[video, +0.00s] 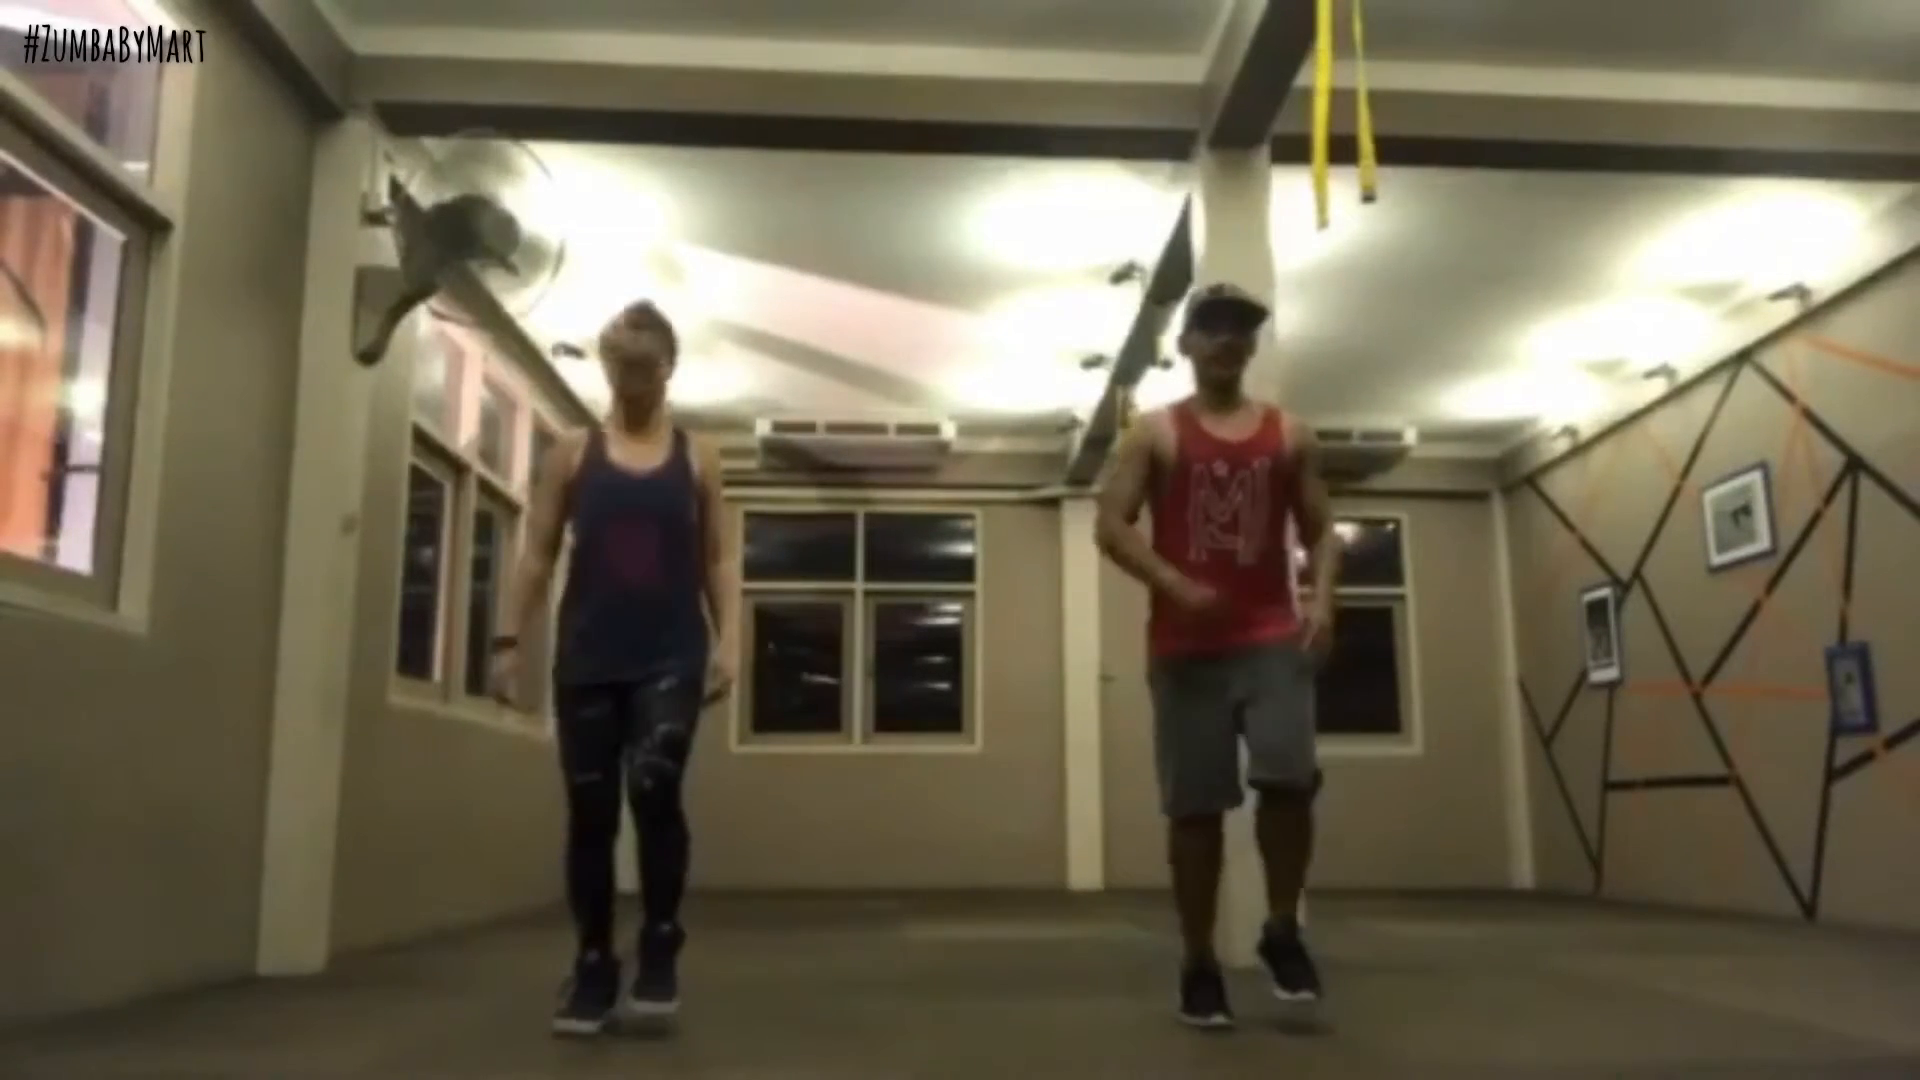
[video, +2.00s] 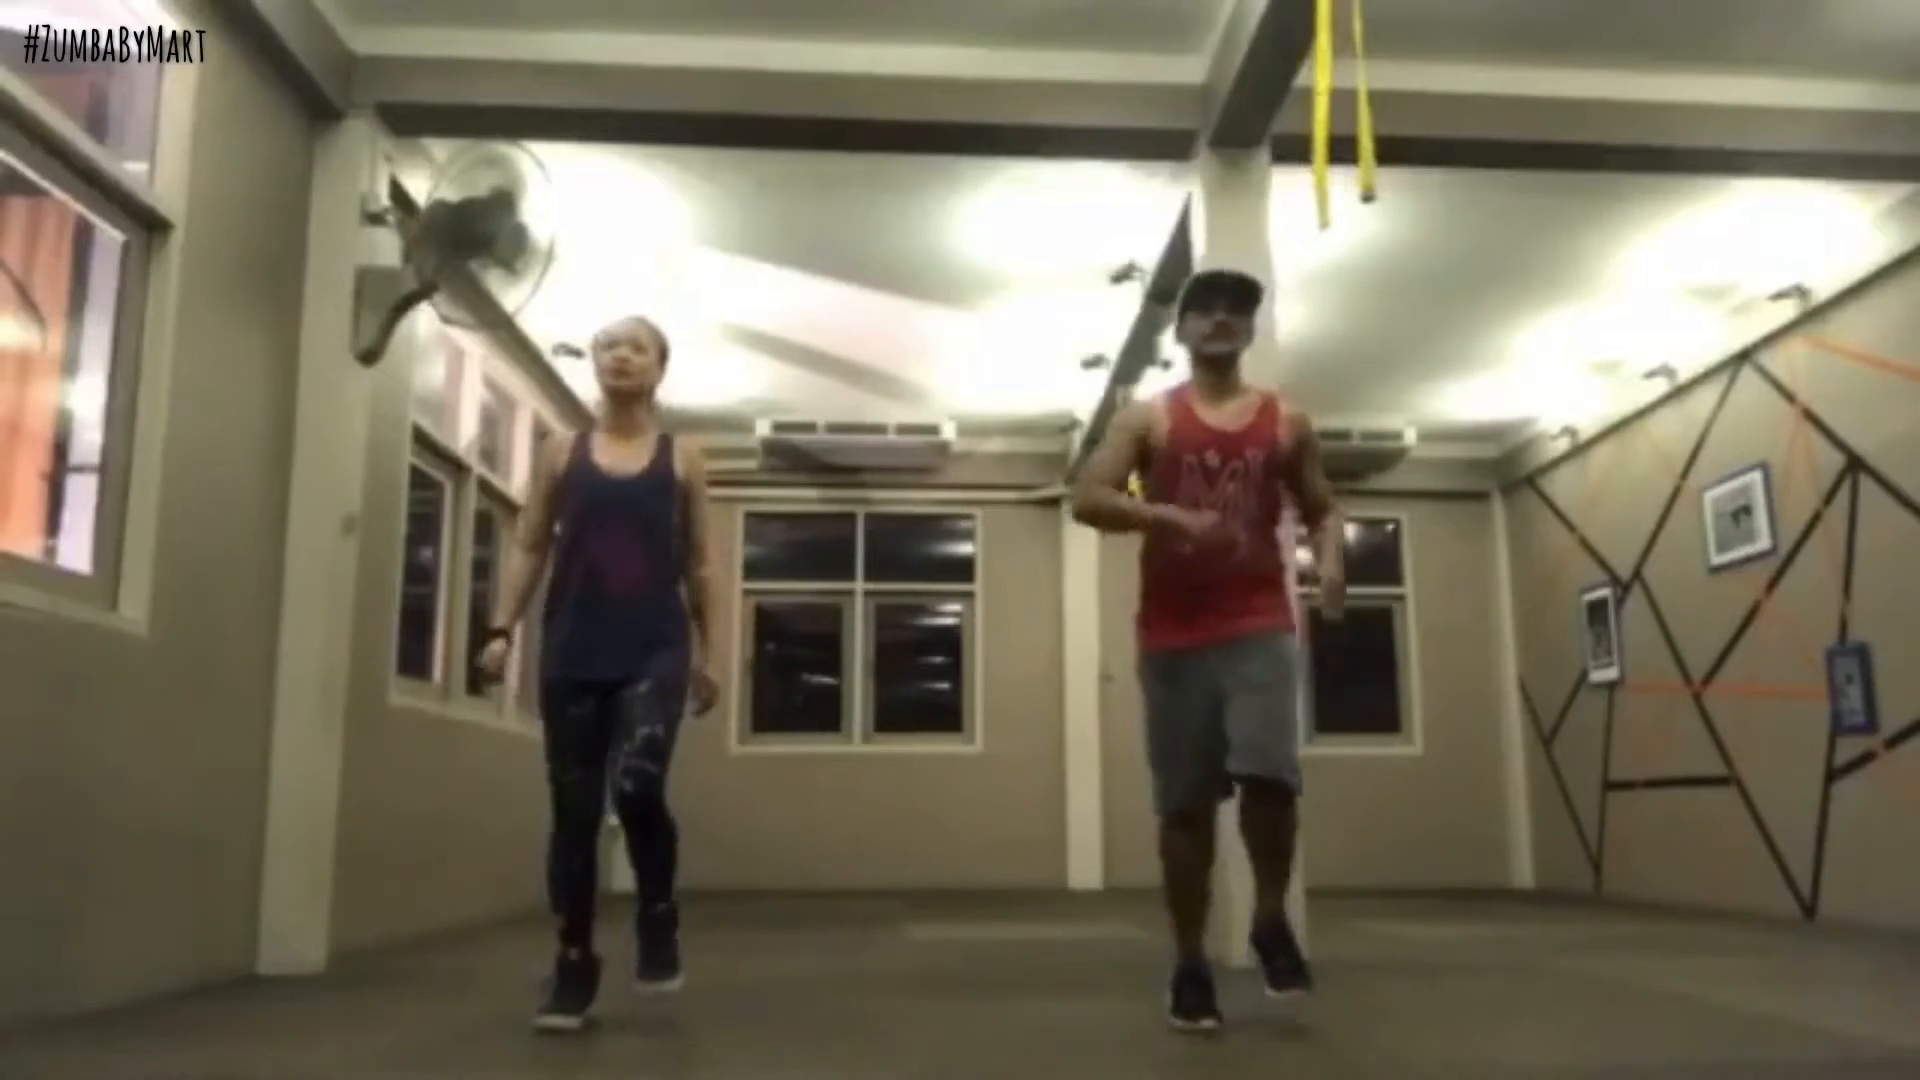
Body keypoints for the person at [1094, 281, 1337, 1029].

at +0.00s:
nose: (1223, 344)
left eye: (1237, 332)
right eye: (1209, 332)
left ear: (1254, 343)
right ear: (1186, 342)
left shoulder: (1287, 434)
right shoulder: (1154, 433)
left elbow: (1321, 530)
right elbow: (1110, 527)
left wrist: (1320, 602)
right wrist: (1172, 582)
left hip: (1271, 639)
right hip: (1187, 647)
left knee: (1290, 784)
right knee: (1196, 808)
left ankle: (1284, 931)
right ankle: (1200, 965)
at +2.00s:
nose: (1216, 325)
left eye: (1231, 313)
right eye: (1202, 313)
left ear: (1251, 328)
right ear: (1181, 327)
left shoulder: (1284, 423)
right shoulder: (1146, 416)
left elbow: (1320, 510)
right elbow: (1088, 496)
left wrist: (1327, 559)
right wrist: (1166, 517)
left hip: (1260, 629)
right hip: (1175, 637)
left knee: (1270, 783)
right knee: (1187, 806)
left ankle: (1271, 920)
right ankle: (1190, 965)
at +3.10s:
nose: (1334, 332)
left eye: (1347, 320)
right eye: (1319, 317)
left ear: (1363, 329)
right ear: (1290, 326)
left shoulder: (1399, 405)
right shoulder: (1254, 418)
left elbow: (1526, 412)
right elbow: (1150, 434)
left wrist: (1645, 405)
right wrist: (1239, 384)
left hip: (1391, 651)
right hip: (1294, 652)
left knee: (1456, 815)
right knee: (1263, 813)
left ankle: (1523, 964)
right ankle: (1212, 983)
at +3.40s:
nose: (1357, 324)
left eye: (1370, 310)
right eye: (1341, 310)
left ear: (1386, 315)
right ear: (1312, 319)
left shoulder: (1422, 391)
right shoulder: (1289, 403)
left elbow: (1525, 399)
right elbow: (1201, 431)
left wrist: (1587, 400)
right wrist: (1117, 445)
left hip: (1417, 622)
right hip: (1321, 622)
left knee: (1473, 799)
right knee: (1298, 767)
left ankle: (1520, 963)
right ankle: (1280, 902)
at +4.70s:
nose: (1088, 332)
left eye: (1102, 318)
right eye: (1074, 316)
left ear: (1118, 327)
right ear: (1049, 321)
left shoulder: (1139, 413)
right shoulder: (1009, 396)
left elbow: (1247, 435)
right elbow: (905, 368)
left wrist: (1220, 370)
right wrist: (826, 320)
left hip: (1109, 629)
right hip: (1013, 633)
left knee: (1136, 781)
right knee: (981, 806)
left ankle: (1146, 966)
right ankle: (947, 970)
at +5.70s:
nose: (1182, 259)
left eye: (1195, 249)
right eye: (1167, 249)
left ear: (1214, 269)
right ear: (1145, 271)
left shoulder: (1251, 347)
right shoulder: (1125, 349)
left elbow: (1350, 286)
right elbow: (1026, 291)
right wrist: (1071, 265)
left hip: (1240, 580)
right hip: (1155, 583)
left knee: (1245, 759)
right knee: (1163, 759)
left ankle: (1254, 929)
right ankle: (1159, 941)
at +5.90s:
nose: (1192, 302)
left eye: (1203, 290)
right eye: (1178, 289)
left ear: (1220, 306)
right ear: (1151, 304)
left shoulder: (1243, 380)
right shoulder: (1133, 383)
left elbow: (1292, 274)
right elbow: (1097, 279)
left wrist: (1308, 172)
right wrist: (1106, 175)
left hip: (1239, 607)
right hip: (1158, 609)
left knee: (1237, 781)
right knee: (1168, 775)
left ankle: (1233, 948)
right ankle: (1160, 952)